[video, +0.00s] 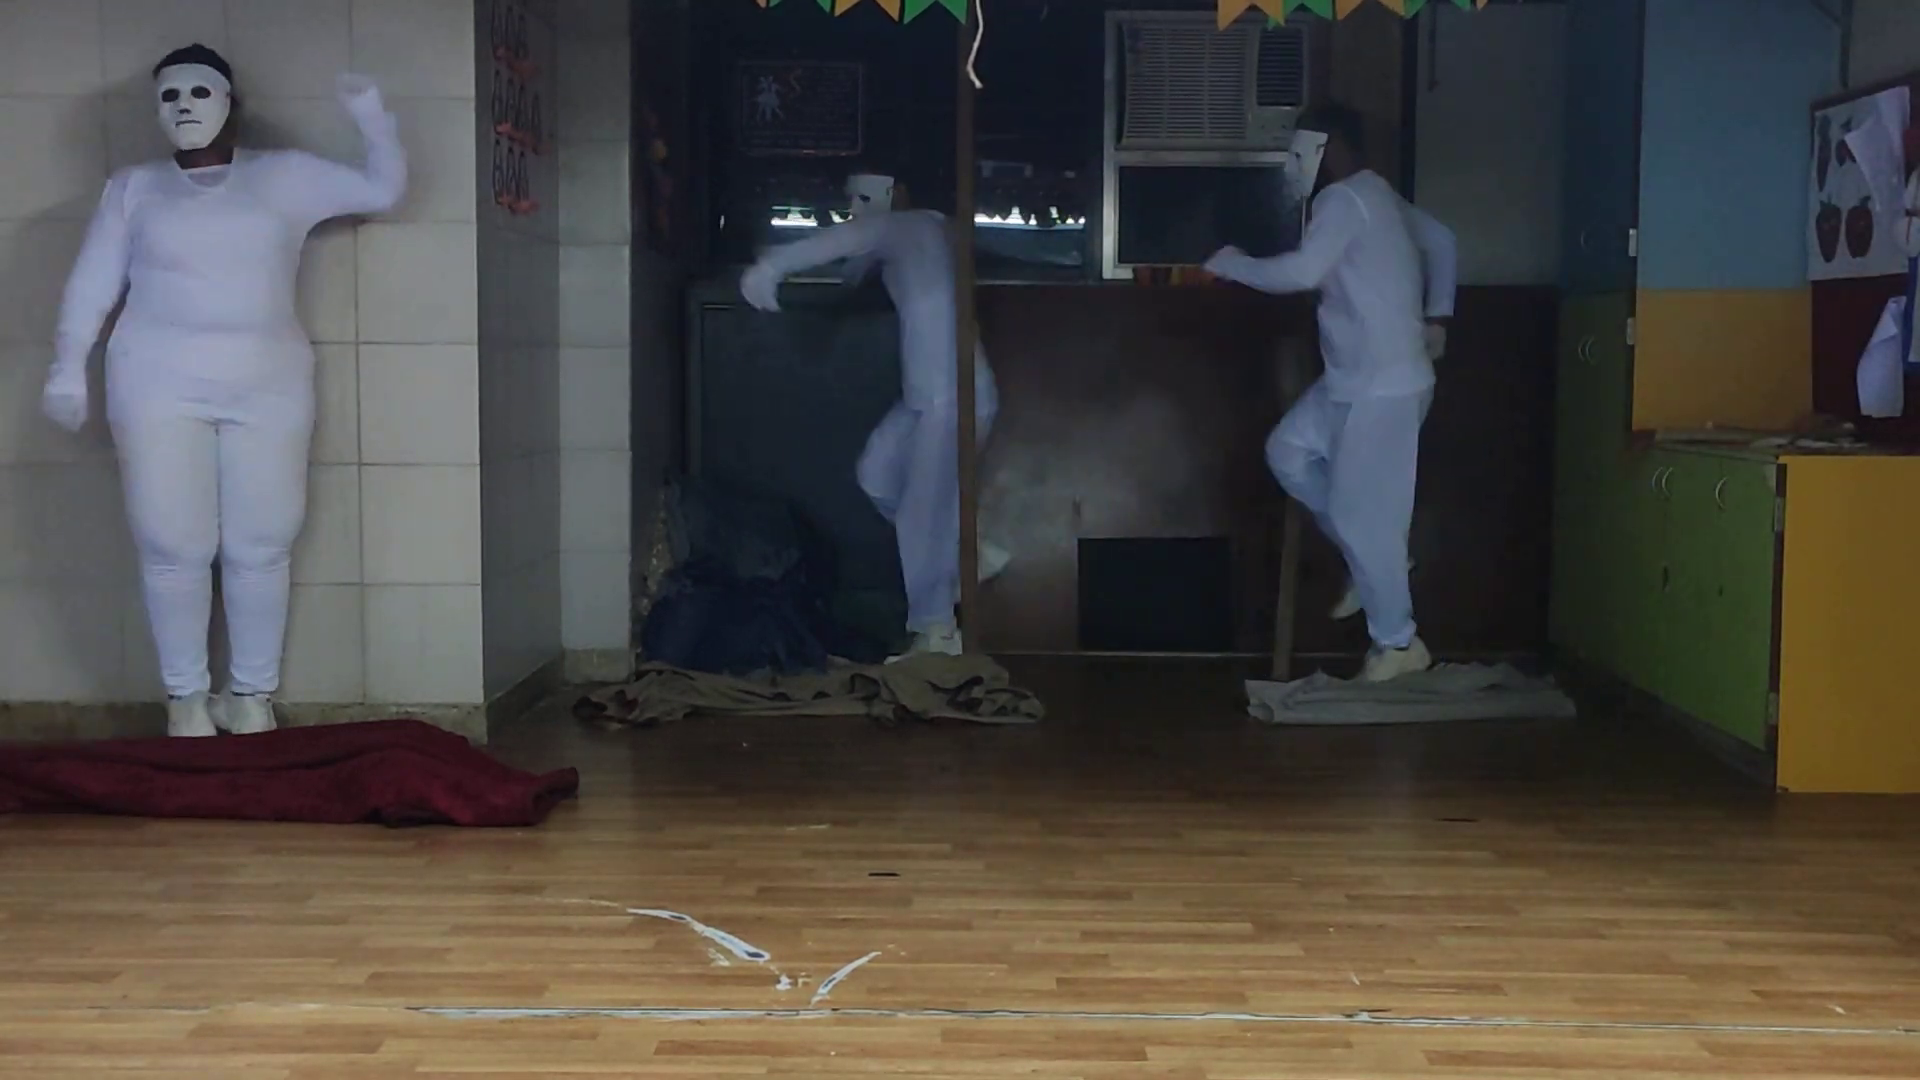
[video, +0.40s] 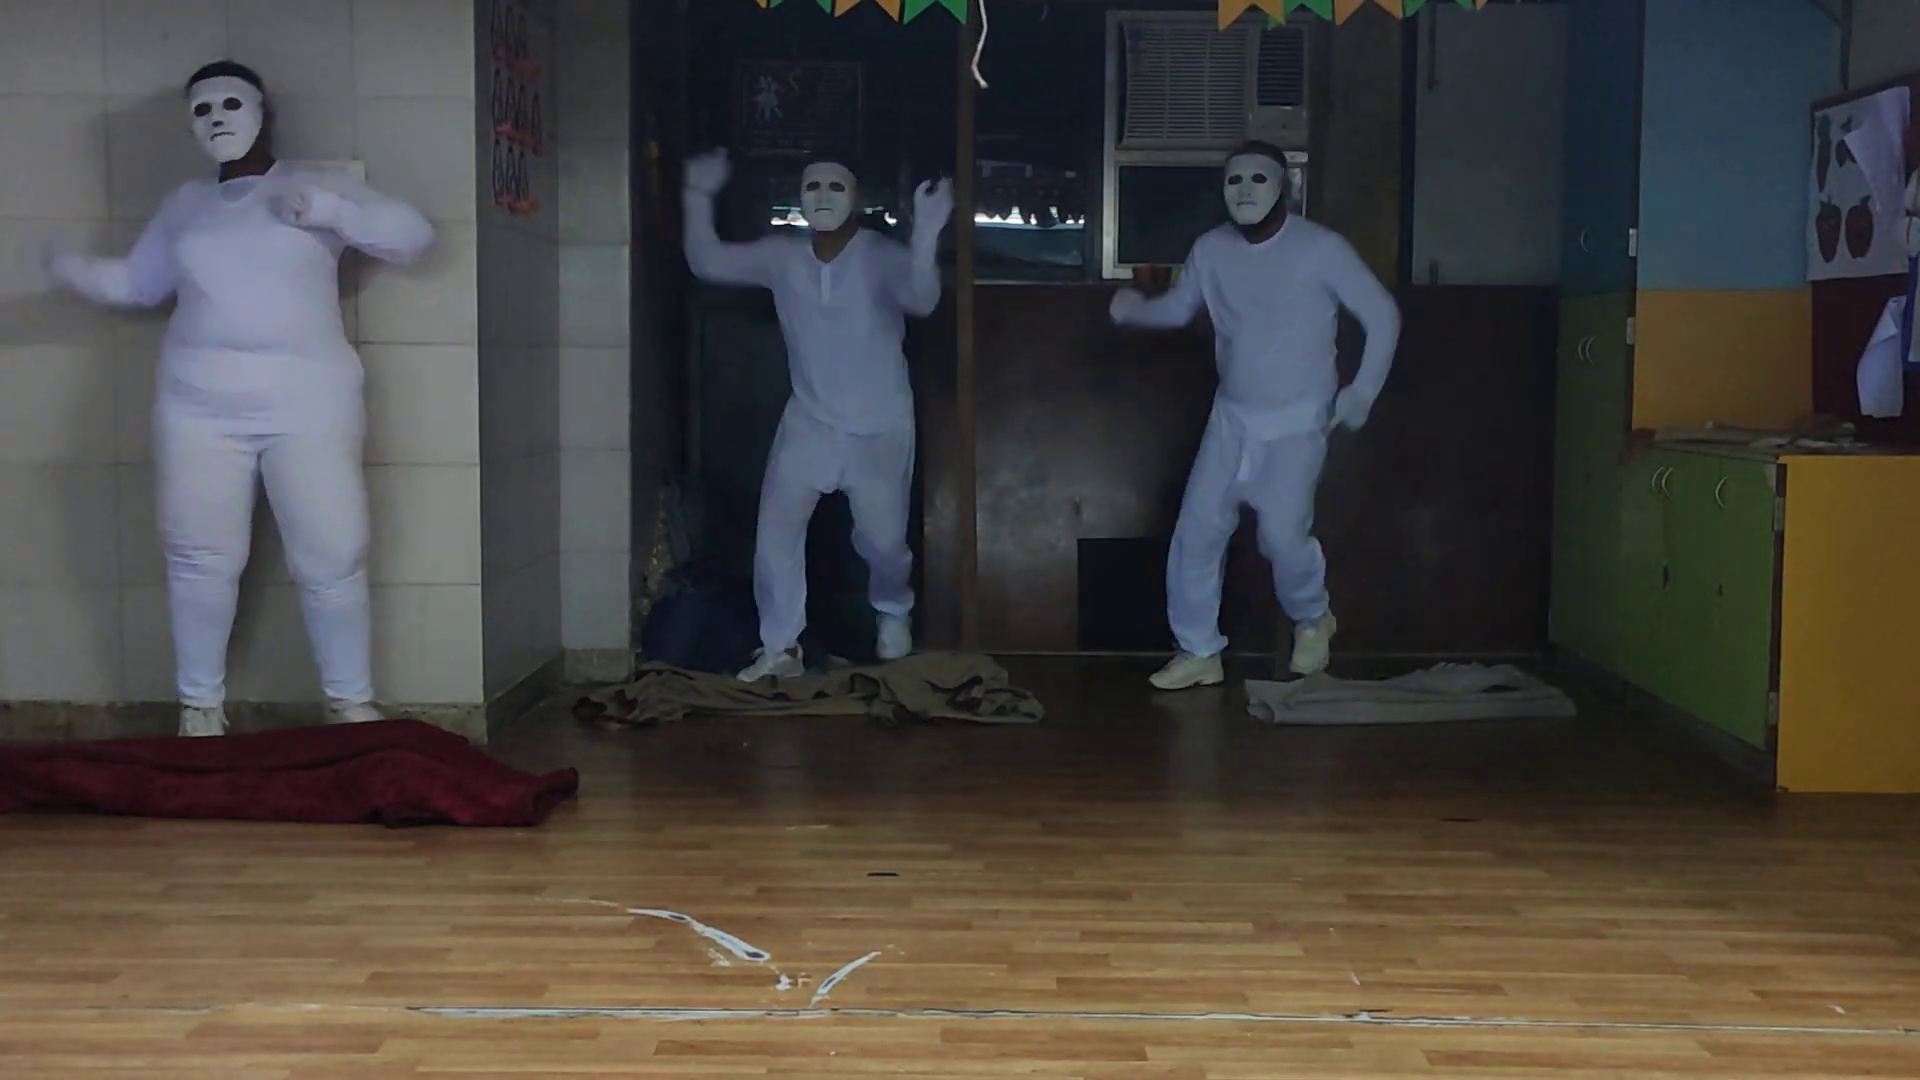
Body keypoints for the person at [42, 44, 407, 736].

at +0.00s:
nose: (185, 108)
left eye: (200, 93)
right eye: (171, 96)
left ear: (229, 101)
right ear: (158, 109)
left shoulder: (282, 179)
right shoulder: (134, 191)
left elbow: (382, 190)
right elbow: (92, 284)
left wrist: (375, 124)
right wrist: (69, 368)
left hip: (268, 389)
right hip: (159, 390)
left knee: (260, 548)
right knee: (174, 549)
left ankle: (252, 699)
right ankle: (187, 701)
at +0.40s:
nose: (217, 121)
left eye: (231, 106)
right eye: (203, 112)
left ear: (262, 112)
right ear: (192, 126)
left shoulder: (315, 190)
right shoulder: (185, 207)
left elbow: (413, 238)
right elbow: (137, 281)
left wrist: (330, 209)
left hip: (310, 408)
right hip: (201, 412)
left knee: (332, 561)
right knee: (199, 562)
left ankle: (352, 706)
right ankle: (200, 711)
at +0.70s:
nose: (302, 143)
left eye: (324, 140)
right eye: (297, 128)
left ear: (347, 165)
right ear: (277, 135)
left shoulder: (369, 229)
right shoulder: (241, 213)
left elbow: (432, 298)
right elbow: (160, 125)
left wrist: (468, 320)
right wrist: (106, 23)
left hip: (388, 417)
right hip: (284, 432)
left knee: (400, 573)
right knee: (253, 581)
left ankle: (433, 716)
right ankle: (267, 712)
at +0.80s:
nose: (301, 132)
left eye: (320, 120)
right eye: (289, 118)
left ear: (348, 135)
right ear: (275, 128)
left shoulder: (383, 219)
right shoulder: (247, 205)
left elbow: (438, 302)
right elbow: (143, 181)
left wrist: (451, 329)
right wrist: (145, 80)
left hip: (388, 421)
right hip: (281, 427)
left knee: (405, 573)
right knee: (247, 566)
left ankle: (433, 715)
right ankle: (261, 706)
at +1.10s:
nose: (273, 140)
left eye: (288, 125)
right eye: (259, 131)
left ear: (319, 134)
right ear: (248, 146)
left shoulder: (371, 208)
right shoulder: (228, 230)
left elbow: (463, 150)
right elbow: (186, 322)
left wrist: (524, 59)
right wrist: (139, 403)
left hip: (325, 433)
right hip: (211, 428)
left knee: (367, 583)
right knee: (197, 576)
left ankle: (427, 715)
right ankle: (207, 719)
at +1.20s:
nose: (266, 148)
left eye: (282, 134)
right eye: (252, 138)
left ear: (312, 147)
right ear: (239, 154)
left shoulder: (361, 215)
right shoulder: (221, 240)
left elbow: (457, 164)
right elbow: (169, 324)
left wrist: (507, 78)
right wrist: (116, 401)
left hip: (321, 436)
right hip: (209, 430)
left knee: (355, 586)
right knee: (192, 576)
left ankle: (425, 717)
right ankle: (207, 722)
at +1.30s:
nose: (264, 121)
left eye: (279, 110)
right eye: (251, 112)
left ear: (308, 120)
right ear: (237, 127)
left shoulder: (360, 193)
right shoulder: (222, 214)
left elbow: (447, 199)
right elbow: (154, 281)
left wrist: (495, 181)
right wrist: (88, 334)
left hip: (338, 418)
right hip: (229, 418)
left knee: (369, 569)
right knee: (216, 569)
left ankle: (431, 711)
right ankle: (208, 718)